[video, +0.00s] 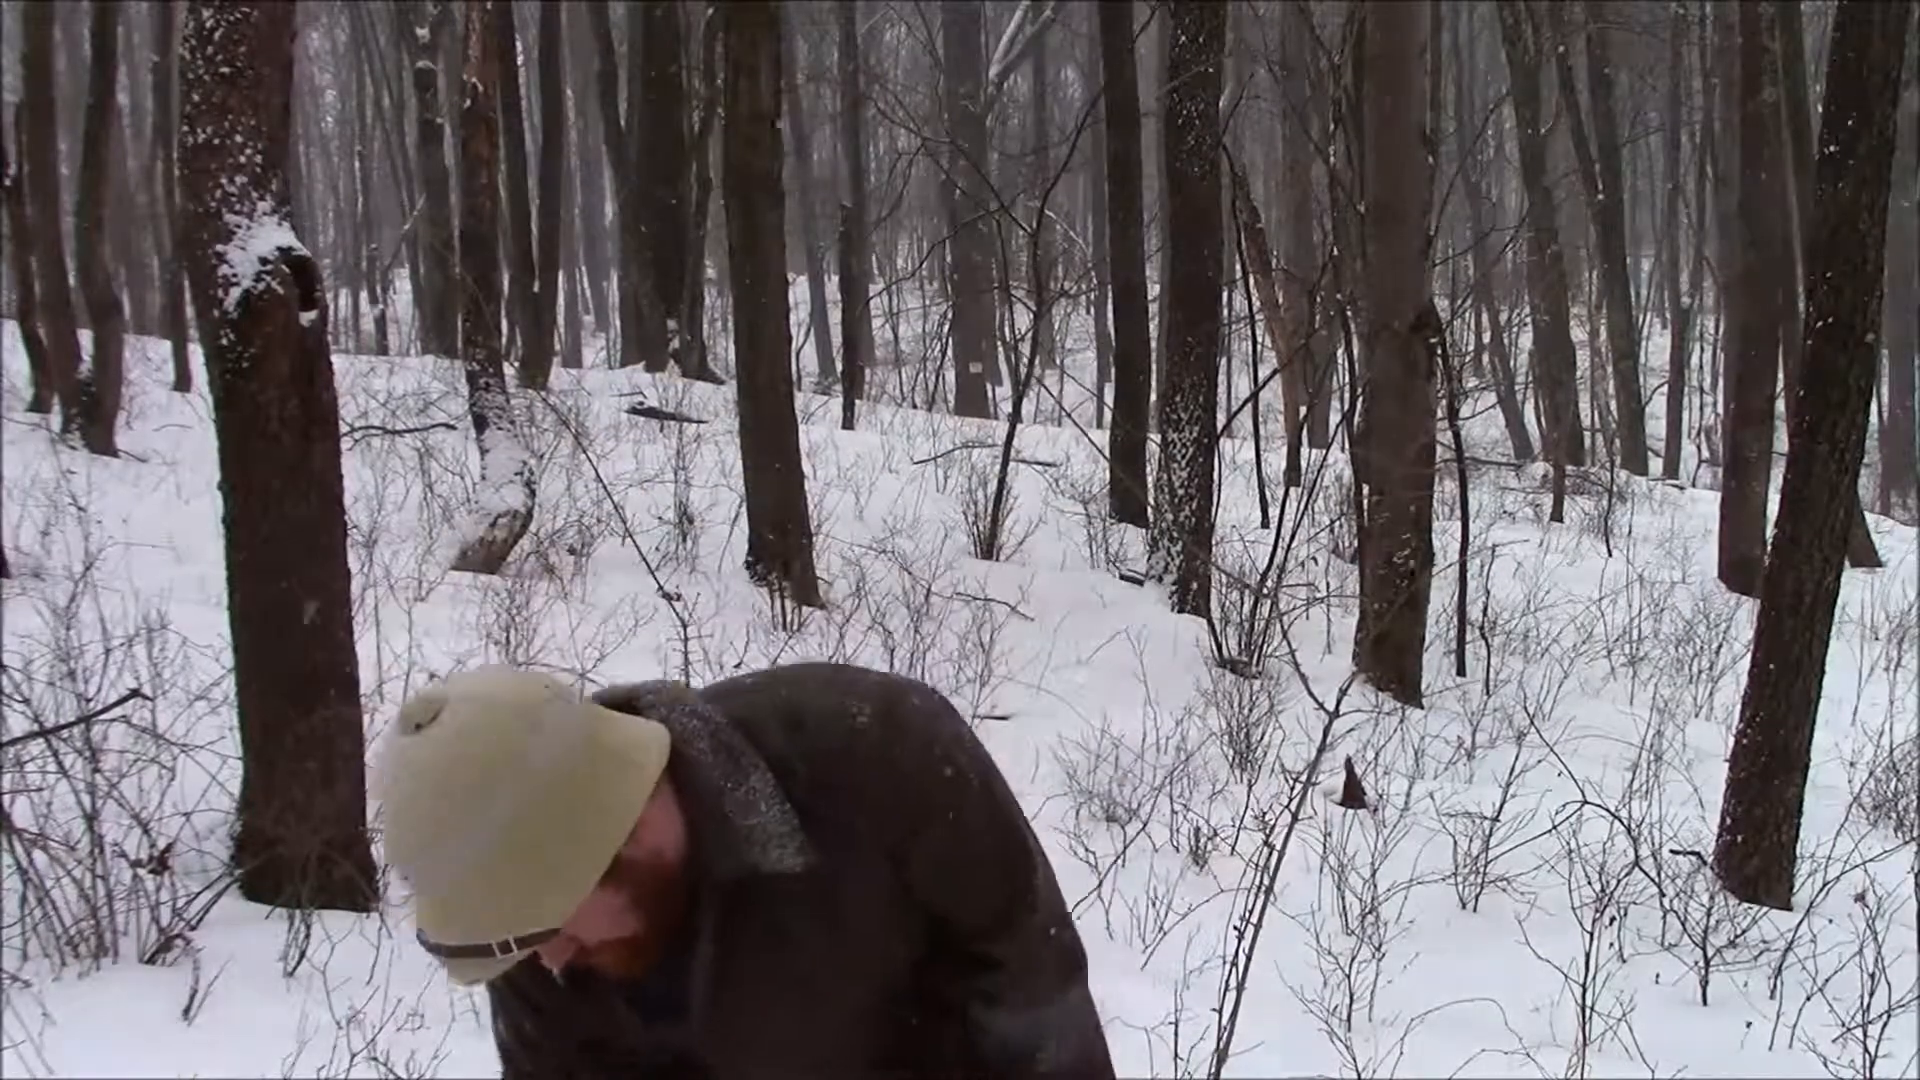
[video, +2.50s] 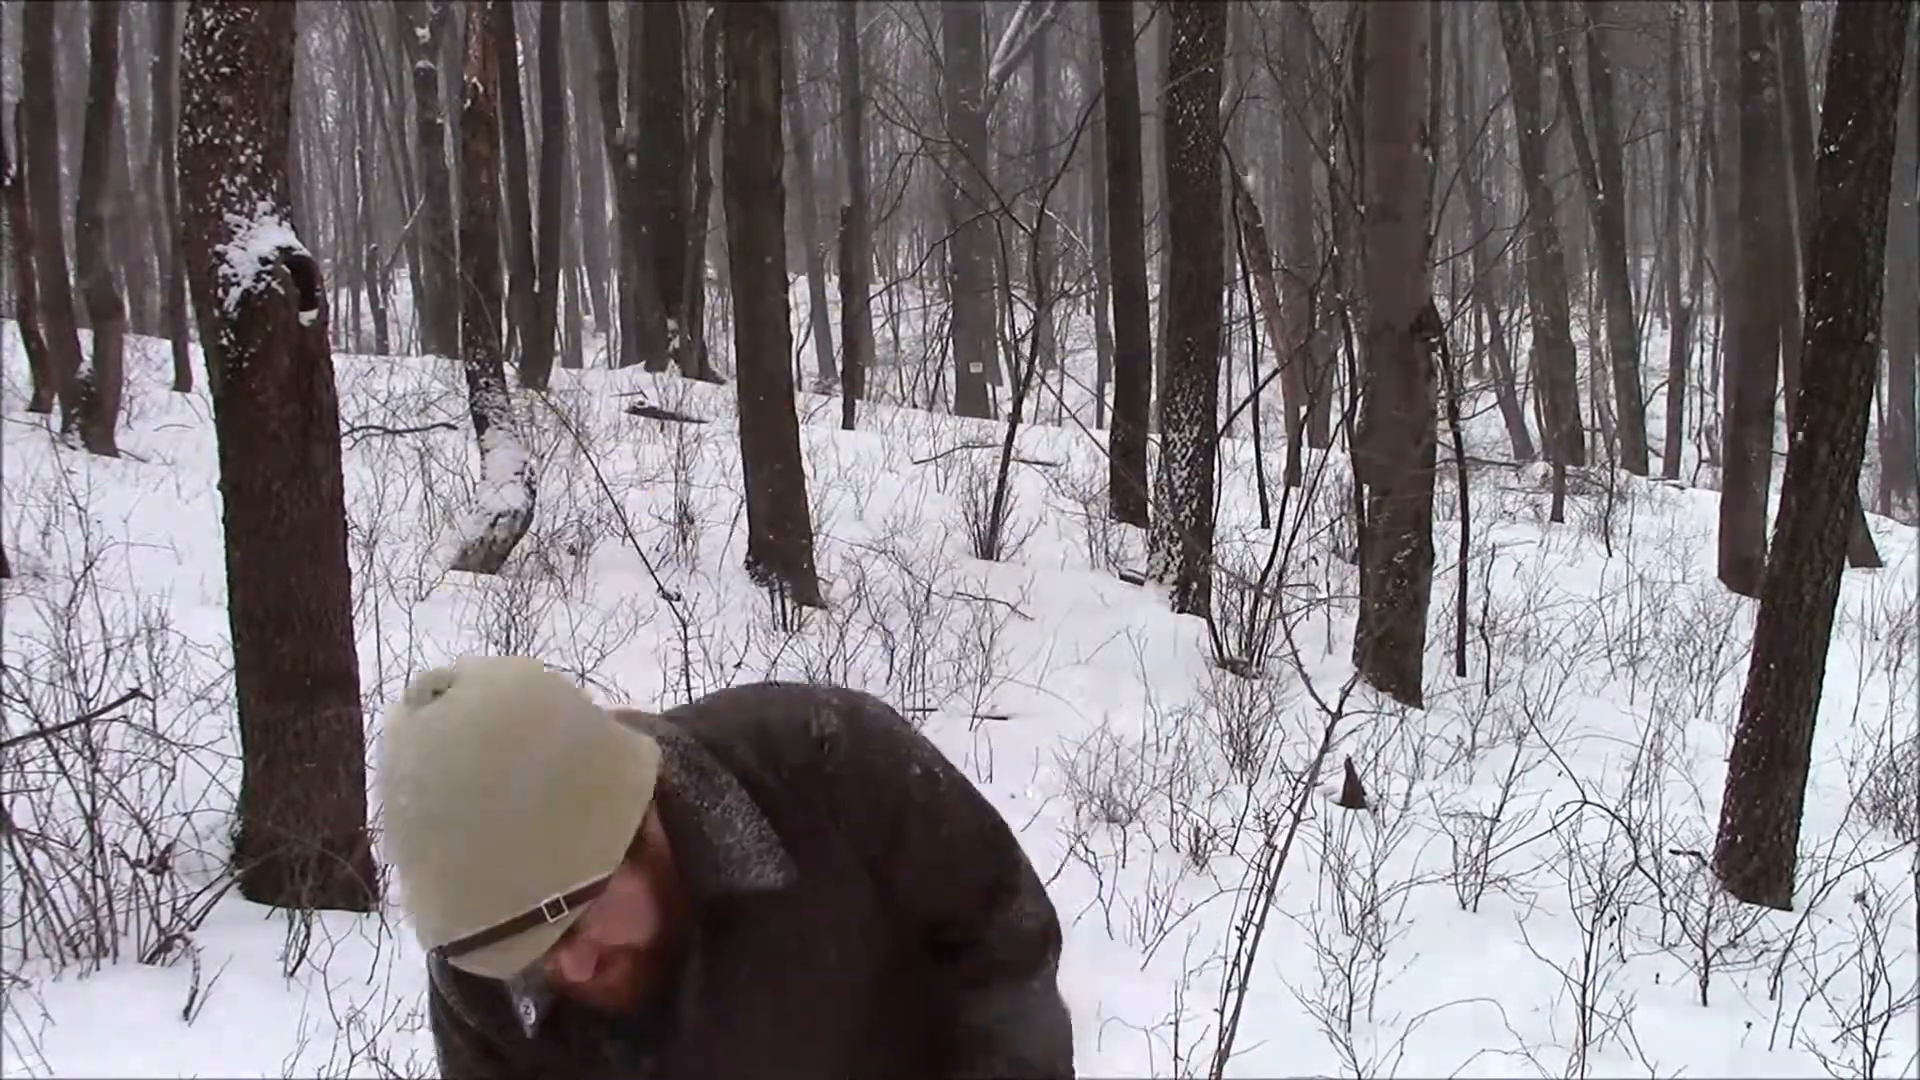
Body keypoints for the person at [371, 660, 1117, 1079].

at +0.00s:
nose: (555, 964)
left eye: (548, 925)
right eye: (522, 947)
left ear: (603, 836)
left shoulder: (886, 751)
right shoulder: (533, 978)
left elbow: (1030, 969)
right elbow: (549, 1070)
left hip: (942, 1041)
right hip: (755, 1048)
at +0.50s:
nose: (605, 447)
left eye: (632, 395)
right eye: (574, 412)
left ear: (723, 371)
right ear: (553, 420)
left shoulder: (912, 532)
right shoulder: (547, 603)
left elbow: (1061, 743)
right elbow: (542, 884)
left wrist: (1029, 969)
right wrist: (526, 1059)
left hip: (927, 1038)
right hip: (678, 1057)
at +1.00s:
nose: (666, 286)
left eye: (696, 248)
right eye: (636, 257)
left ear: (773, 261)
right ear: (602, 283)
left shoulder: (902, 465)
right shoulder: (541, 481)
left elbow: (959, 691)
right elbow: (448, 689)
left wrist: (746, 801)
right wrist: (288, 826)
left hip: (862, 1003)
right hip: (619, 1014)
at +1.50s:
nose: (802, 292)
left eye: (828, 254)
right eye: (767, 263)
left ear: (894, 267)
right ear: (727, 295)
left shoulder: (1038, 455)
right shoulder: (670, 507)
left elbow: (1164, 633)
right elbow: (634, 760)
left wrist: (1132, 774)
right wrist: (636, 963)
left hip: (1016, 998)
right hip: (762, 1015)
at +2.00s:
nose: (726, 502)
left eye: (739, 450)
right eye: (681, 471)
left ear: (800, 400)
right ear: (637, 480)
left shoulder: (981, 497)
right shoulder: (635, 682)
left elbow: (1137, 607)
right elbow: (695, 963)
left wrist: (1144, 781)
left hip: (1084, 990)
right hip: (857, 1050)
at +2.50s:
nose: (574, 973)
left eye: (579, 922)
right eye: (523, 958)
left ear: (639, 818)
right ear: (463, 938)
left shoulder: (836, 763)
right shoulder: (479, 976)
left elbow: (1005, 935)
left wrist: (1006, 1061)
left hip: (907, 1046)